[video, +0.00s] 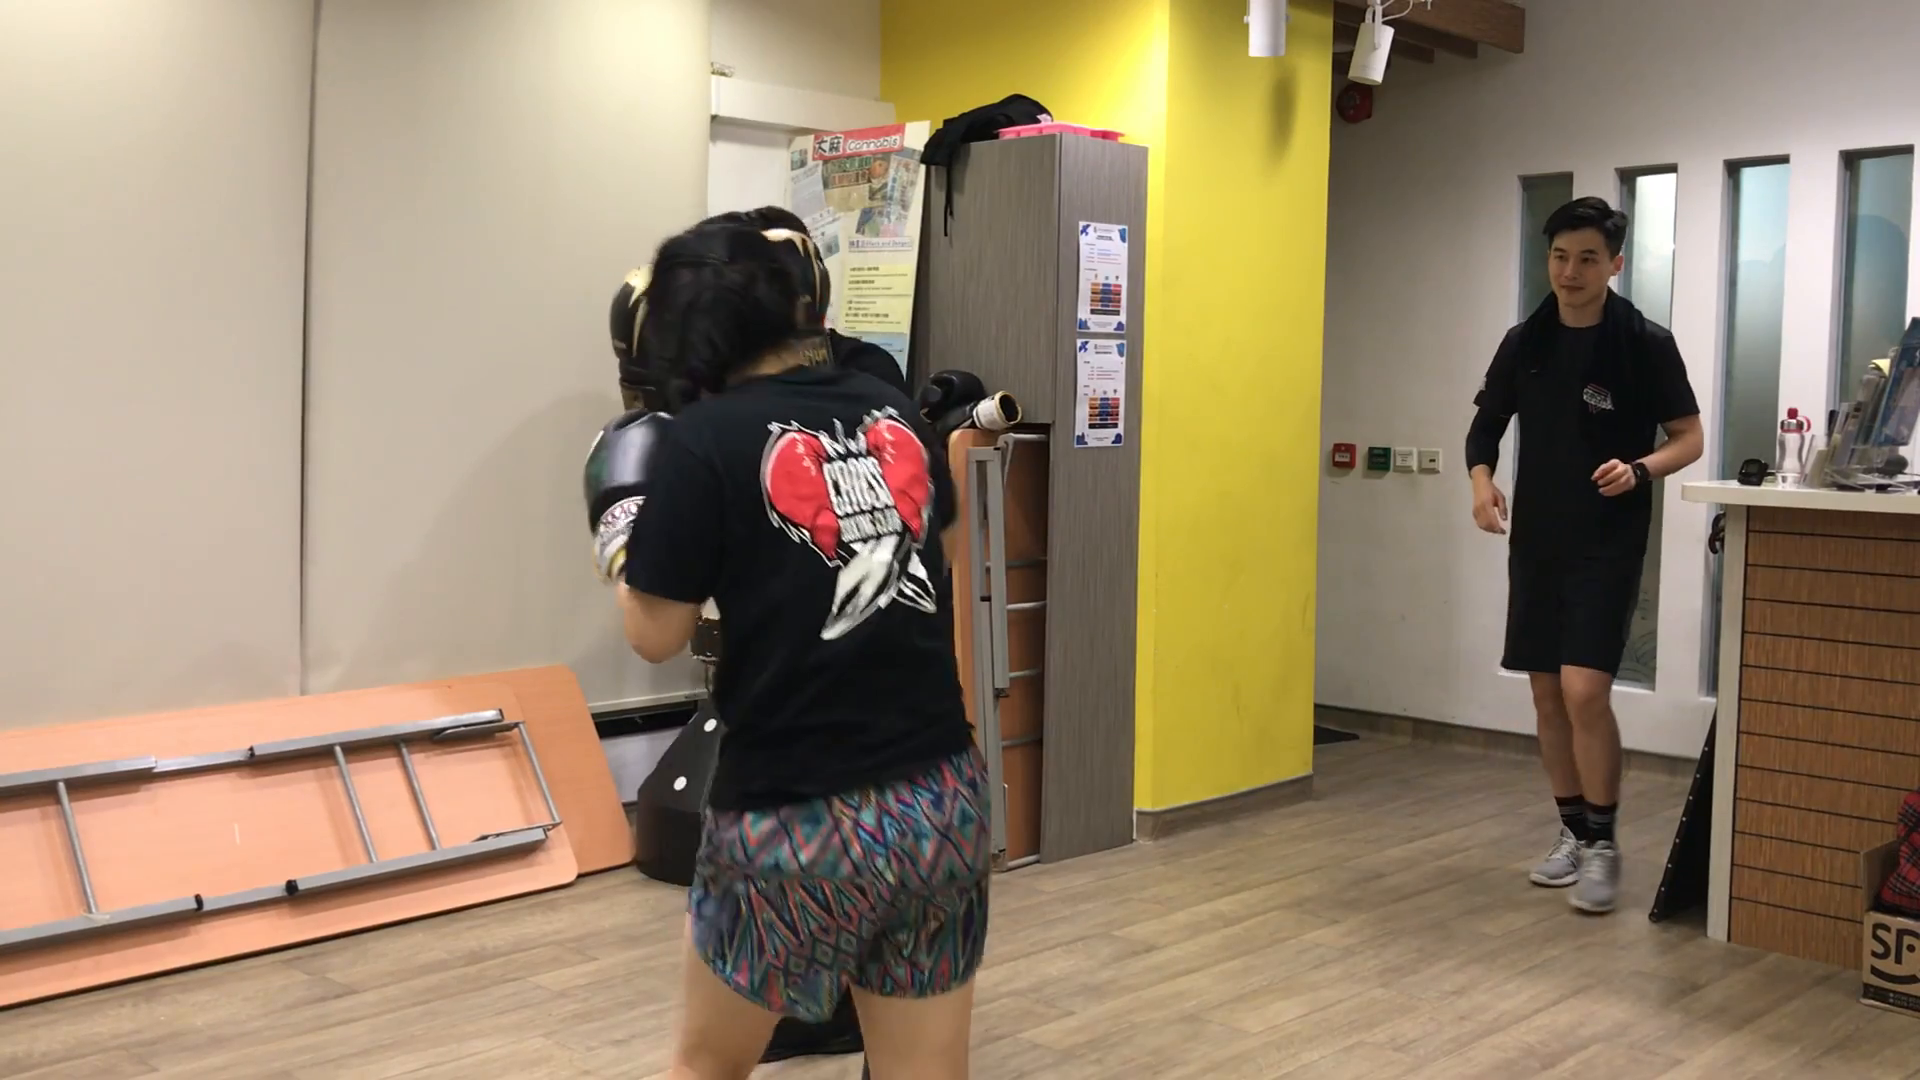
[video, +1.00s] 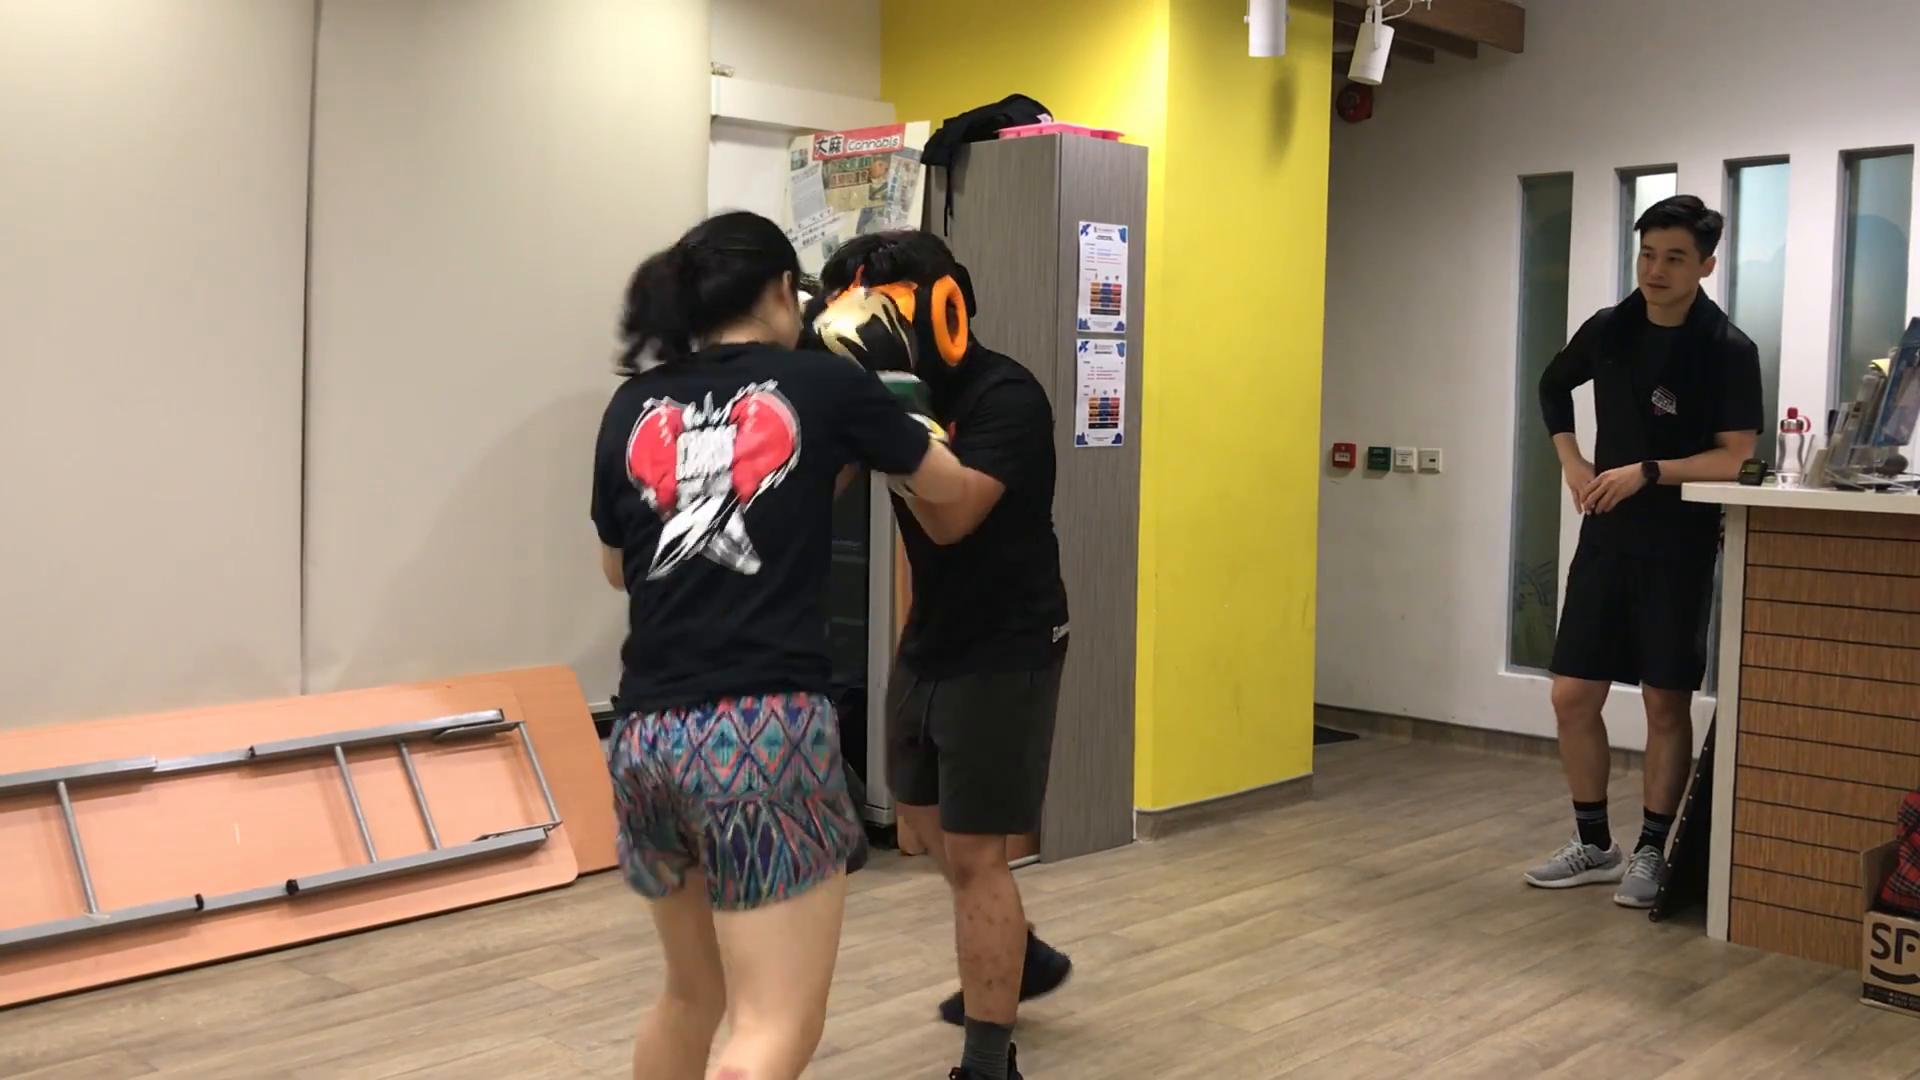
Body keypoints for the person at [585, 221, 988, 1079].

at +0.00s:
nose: (652, 344)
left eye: (660, 325)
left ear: (687, 333)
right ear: (808, 311)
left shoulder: (704, 442)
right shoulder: (891, 404)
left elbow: (655, 635)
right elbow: (943, 551)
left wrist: (624, 513)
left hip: (791, 823)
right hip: (943, 793)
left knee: (707, 1062)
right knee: (928, 1068)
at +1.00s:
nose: (804, 305)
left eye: (799, 291)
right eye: (799, 289)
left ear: (688, 305)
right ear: (779, 291)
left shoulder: (630, 404)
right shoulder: (824, 383)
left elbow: (618, 565)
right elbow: (958, 506)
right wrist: (908, 422)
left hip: (647, 732)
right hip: (768, 727)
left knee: (688, 996)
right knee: (771, 1028)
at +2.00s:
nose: (824, 335)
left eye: (825, 322)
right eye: (822, 320)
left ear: (725, 321)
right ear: (805, 318)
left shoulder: (655, 408)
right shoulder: (826, 404)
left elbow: (596, 548)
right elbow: (917, 497)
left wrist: (675, 521)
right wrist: (837, 472)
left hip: (670, 702)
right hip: (778, 707)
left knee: (732, 906)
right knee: (769, 956)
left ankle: (733, 1062)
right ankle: (703, 1070)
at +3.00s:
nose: (712, 367)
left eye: (716, 357)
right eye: (711, 353)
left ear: (622, 338)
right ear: (675, 333)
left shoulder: (547, 402)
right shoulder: (685, 392)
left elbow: (512, 537)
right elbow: (801, 428)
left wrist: (603, 489)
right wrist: (741, 471)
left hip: (568, 670)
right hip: (623, 681)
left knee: (684, 853)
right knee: (612, 904)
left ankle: (702, 1046)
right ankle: (448, 1062)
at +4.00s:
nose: (750, 395)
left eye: (757, 382)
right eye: (744, 376)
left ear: (703, 361)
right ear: (697, 351)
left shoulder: (667, 405)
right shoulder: (659, 407)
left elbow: (689, 490)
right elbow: (736, 507)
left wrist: (746, 456)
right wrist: (790, 469)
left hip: (638, 641)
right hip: (567, 640)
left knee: (673, 810)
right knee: (559, 834)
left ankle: (700, 977)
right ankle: (496, 961)